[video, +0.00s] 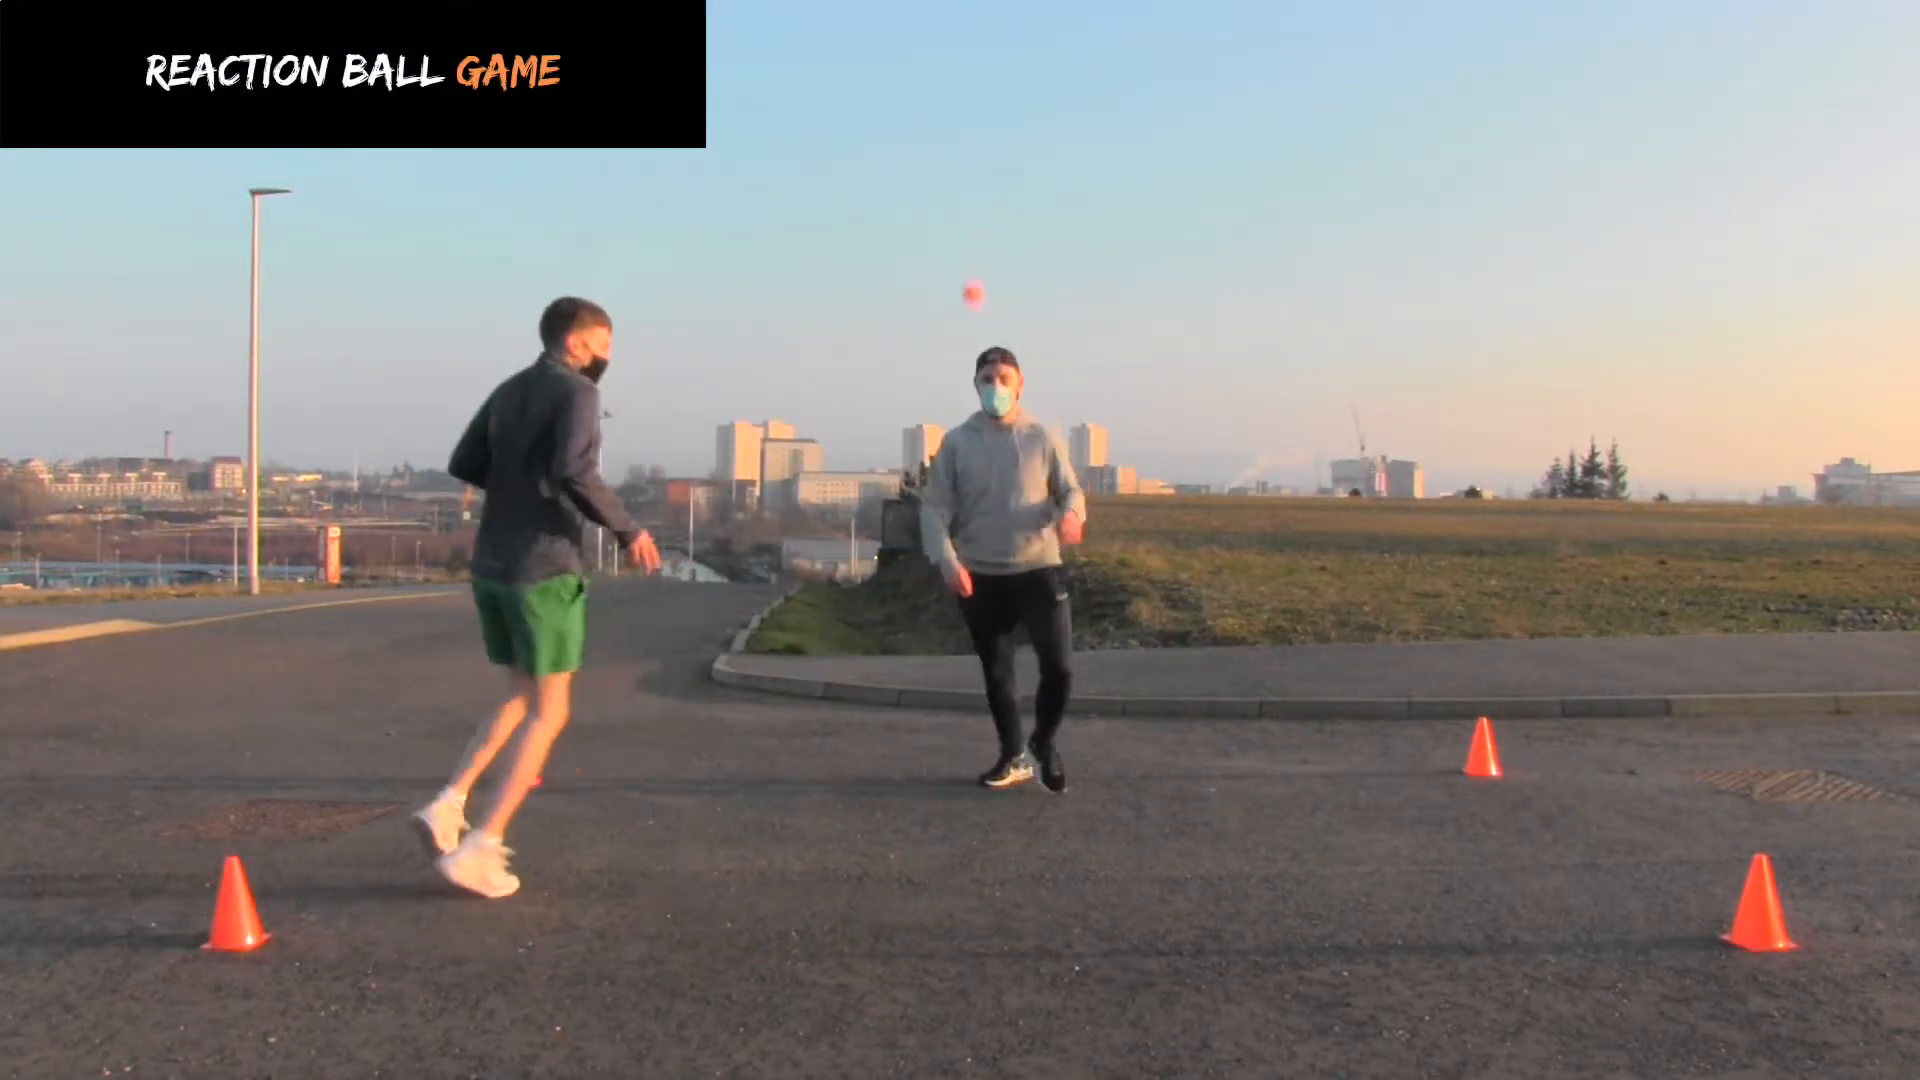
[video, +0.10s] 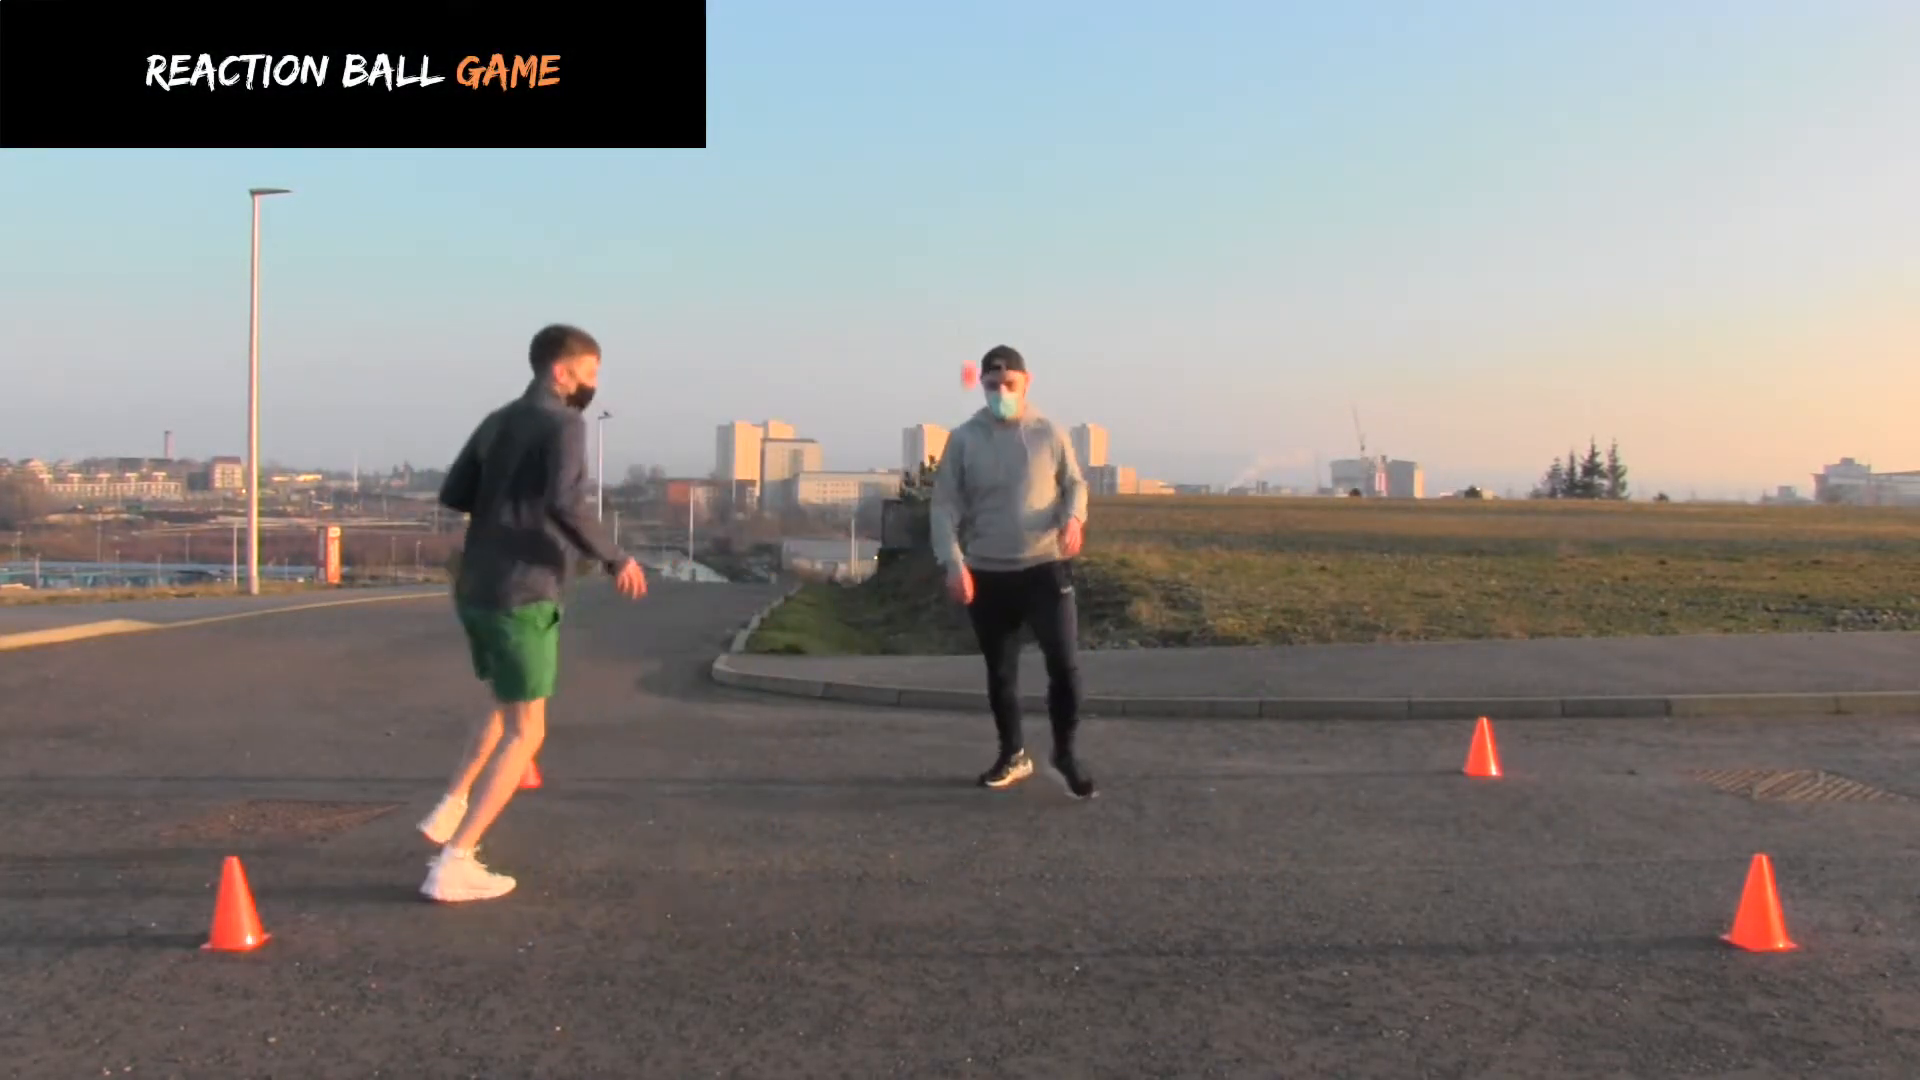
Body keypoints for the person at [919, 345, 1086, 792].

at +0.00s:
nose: (995, 386)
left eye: (1003, 378)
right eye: (986, 379)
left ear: (1019, 384)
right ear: (976, 387)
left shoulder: (1043, 437)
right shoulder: (957, 443)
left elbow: (1070, 491)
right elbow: (933, 510)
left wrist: (1072, 514)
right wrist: (947, 561)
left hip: (1041, 571)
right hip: (982, 574)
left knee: (1059, 669)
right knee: (997, 673)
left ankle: (1043, 743)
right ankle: (1014, 756)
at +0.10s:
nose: (1002, 387)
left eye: (1010, 380)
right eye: (993, 380)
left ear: (1026, 383)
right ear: (982, 385)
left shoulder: (1050, 434)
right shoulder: (964, 439)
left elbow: (1075, 484)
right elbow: (943, 506)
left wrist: (1073, 519)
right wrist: (953, 562)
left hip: (1047, 569)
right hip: (987, 572)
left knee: (1065, 665)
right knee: (1001, 674)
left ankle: (1065, 753)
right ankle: (1013, 754)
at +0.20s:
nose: (1013, 382)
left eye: (1022, 374)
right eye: (1005, 375)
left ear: (1040, 380)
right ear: (994, 381)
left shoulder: (1068, 428)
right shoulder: (972, 436)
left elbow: (1093, 477)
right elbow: (953, 499)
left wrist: (1077, 517)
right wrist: (966, 555)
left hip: (1056, 569)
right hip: (997, 571)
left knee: (1074, 672)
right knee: (1003, 672)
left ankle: (1096, 778)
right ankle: (1011, 750)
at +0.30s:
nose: (1020, 394)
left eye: (1029, 386)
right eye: (1012, 386)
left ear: (1048, 388)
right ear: (1002, 390)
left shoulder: (1079, 436)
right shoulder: (979, 443)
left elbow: (1106, 483)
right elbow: (960, 508)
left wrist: (1086, 525)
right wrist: (978, 566)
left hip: (1065, 576)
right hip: (1003, 579)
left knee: (1080, 678)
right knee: (1002, 677)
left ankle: (1098, 784)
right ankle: (1012, 746)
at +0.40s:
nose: (1023, 408)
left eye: (1031, 400)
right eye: (1015, 400)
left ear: (1052, 394)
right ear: (1005, 395)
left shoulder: (1082, 438)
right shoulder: (986, 442)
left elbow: (1115, 498)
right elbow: (976, 511)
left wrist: (1091, 550)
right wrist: (982, 568)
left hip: (1069, 577)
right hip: (1009, 579)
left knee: (1081, 680)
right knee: (994, 680)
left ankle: (1098, 786)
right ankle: (1017, 739)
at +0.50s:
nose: (1016, 405)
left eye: (1025, 397)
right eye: (1008, 397)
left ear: (1046, 388)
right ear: (998, 392)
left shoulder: (1077, 434)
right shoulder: (984, 435)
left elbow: (1108, 503)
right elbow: (975, 504)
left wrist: (1084, 559)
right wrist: (979, 561)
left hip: (1064, 576)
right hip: (1004, 575)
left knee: (1081, 681)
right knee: (984, 677)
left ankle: (1098, 787)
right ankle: (1017, 741)